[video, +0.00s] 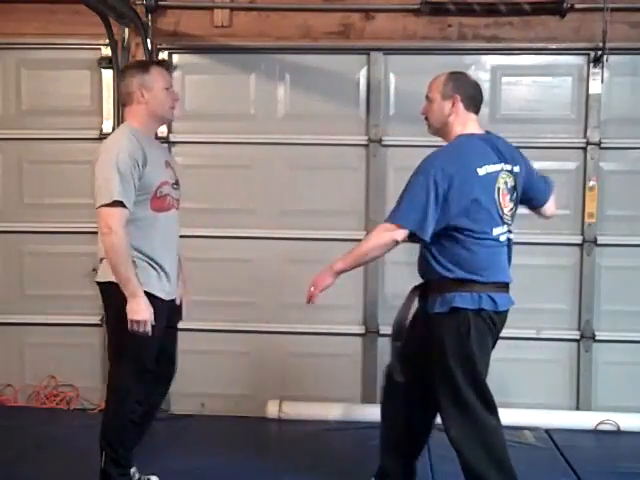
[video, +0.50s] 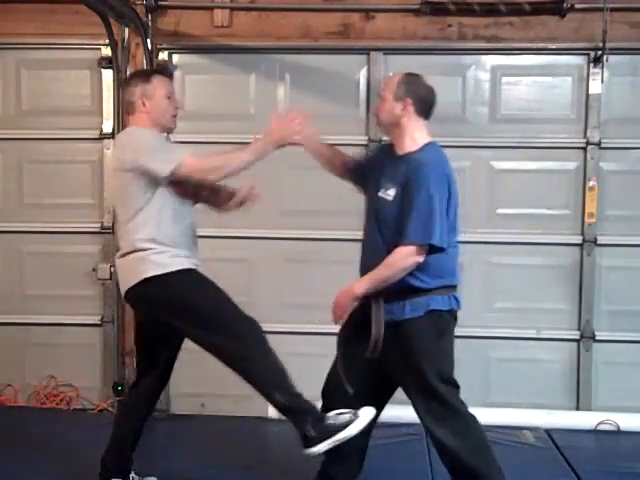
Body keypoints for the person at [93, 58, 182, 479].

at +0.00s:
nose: (176, 96)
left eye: (174, 88)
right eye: (167, 89)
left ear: (149, 96)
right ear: (140, 96)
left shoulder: (158, 146)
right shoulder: (120, 147)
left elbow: (161, 221)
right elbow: (111, 229)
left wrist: (178, 278)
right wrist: (134, 295)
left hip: (160, 287)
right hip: (131, 288)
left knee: (157, 376)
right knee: (130, 380)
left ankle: (121, 462)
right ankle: (116, 468)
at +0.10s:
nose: (171, 98)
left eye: (168, 90)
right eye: (163, 90)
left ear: (141, 98)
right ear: (136, 97)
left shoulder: (152, 149)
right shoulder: (120, 148)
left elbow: (163, 222)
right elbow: (112, 228)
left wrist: (180, 278)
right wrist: (139, 291)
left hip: (158, 287)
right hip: (136, 289)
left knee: (147, 384)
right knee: (139, 386)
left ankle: (125, 468)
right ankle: (117, 471)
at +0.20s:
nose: (169, 101)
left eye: (167, 94)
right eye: (161, 94)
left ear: (139, 100)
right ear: (133, 100)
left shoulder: (152, 151)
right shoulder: (119, 147)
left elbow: (173, 213)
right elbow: (123, 222)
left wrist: (188, 263)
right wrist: (164, 269)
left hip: (154, 282)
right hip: (134, 281)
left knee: (136, 382)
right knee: (183, 371)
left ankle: (112, 471)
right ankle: (145, 465)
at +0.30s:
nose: (170, 102)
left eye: (167, 95)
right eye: (162, 95)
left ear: (142, 102)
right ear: (134, 102)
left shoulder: (158, 152)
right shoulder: (119, 146)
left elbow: (174, 210)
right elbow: (143, 208)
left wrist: (196, 245)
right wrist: (193, 231)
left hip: (160, 276)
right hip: (137, 276)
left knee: (141, 382)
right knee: (200, 358)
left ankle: (113, 471)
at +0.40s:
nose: (171, 104)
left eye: (169, 97)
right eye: (163, 97)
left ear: (143, 103)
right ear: (136, 102)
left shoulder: (160, 153)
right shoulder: (122, 145)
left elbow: (187, 196)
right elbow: (164, 190)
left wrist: (206, 219)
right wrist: (233, 183)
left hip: (163, 275)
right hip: (144, 276)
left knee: (143, 380)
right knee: (222, 343)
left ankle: (113, 469)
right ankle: (278, 438)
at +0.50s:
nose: (177, 105)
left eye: (175, 97)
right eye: (169, 97)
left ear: (143, 104)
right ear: (141, 102)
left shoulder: (145, 145)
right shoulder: (137, 141)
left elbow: (188, 188)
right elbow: (196, 170)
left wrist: (226, 198)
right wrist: (265, 143)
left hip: (156, 272)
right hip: (159, 271)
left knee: (150, 377)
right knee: (243, 335)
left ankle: (115, 470)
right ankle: (311, 425)